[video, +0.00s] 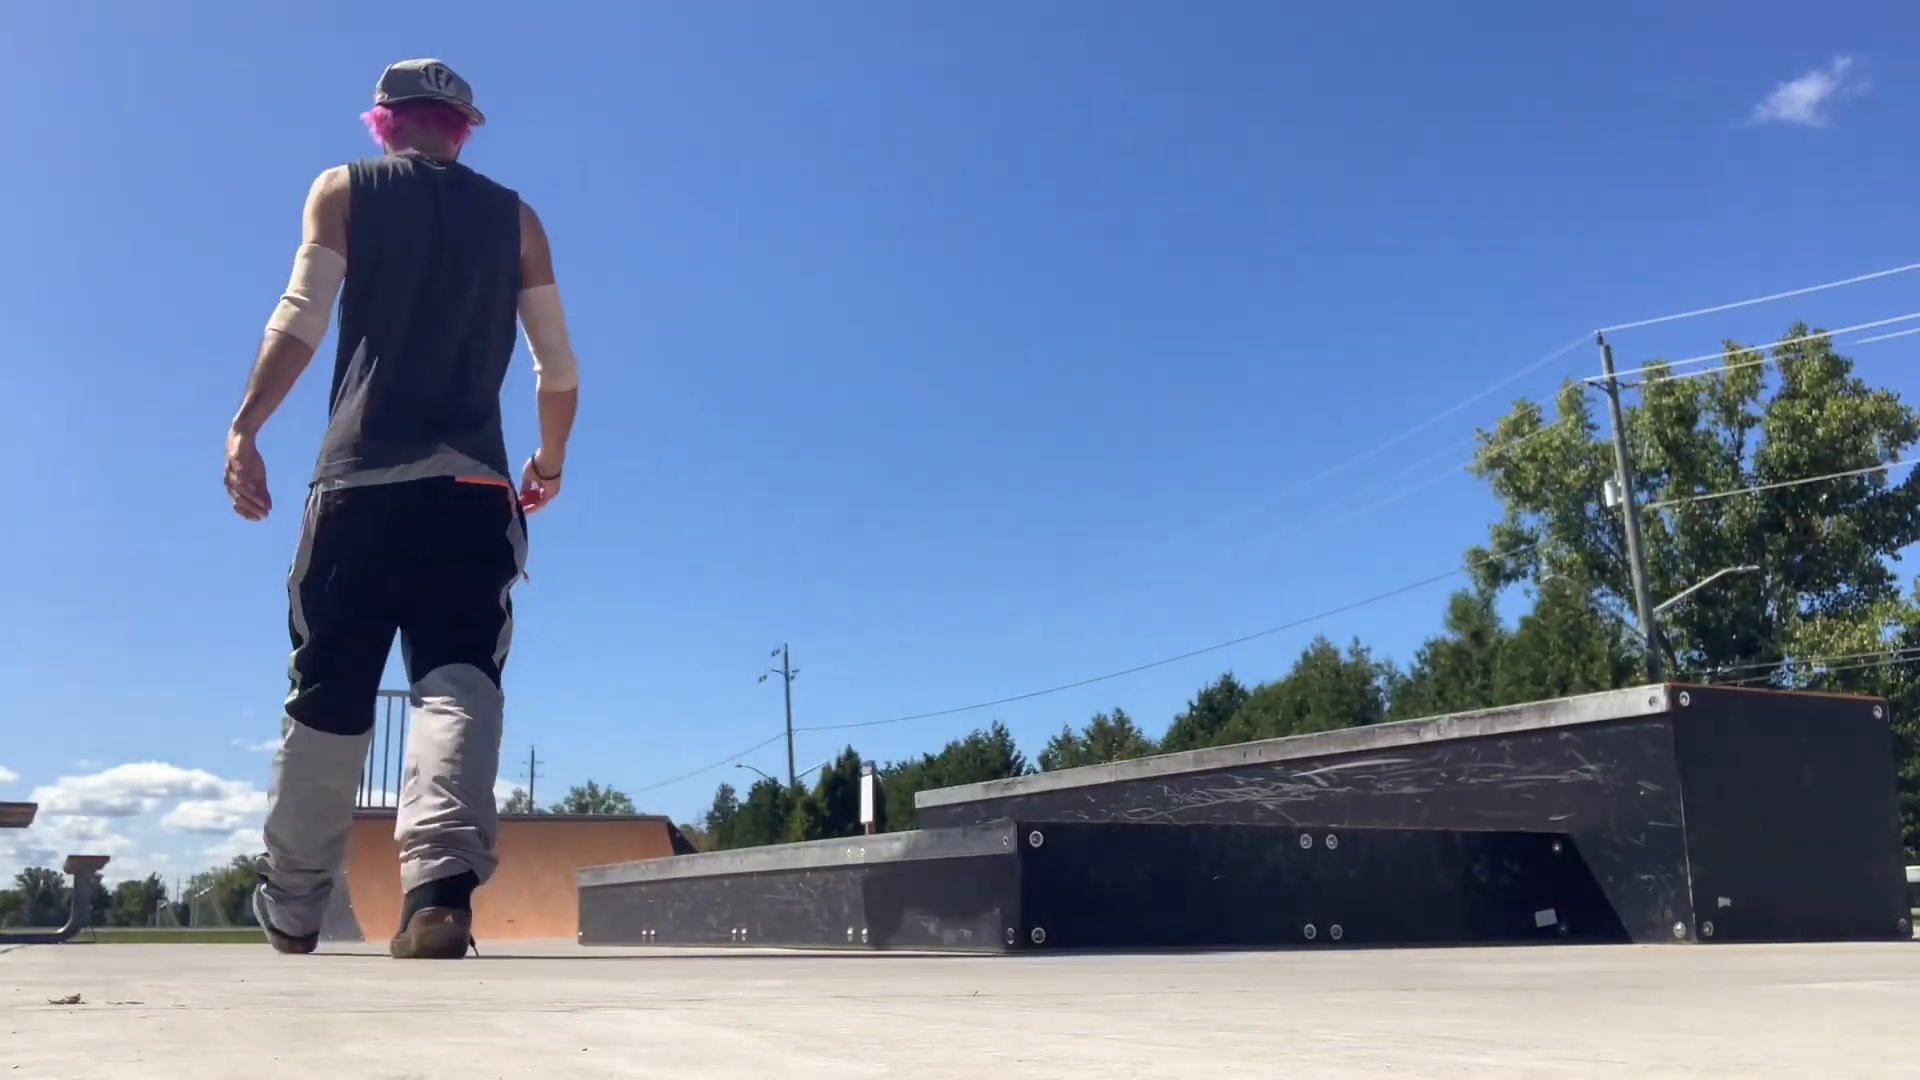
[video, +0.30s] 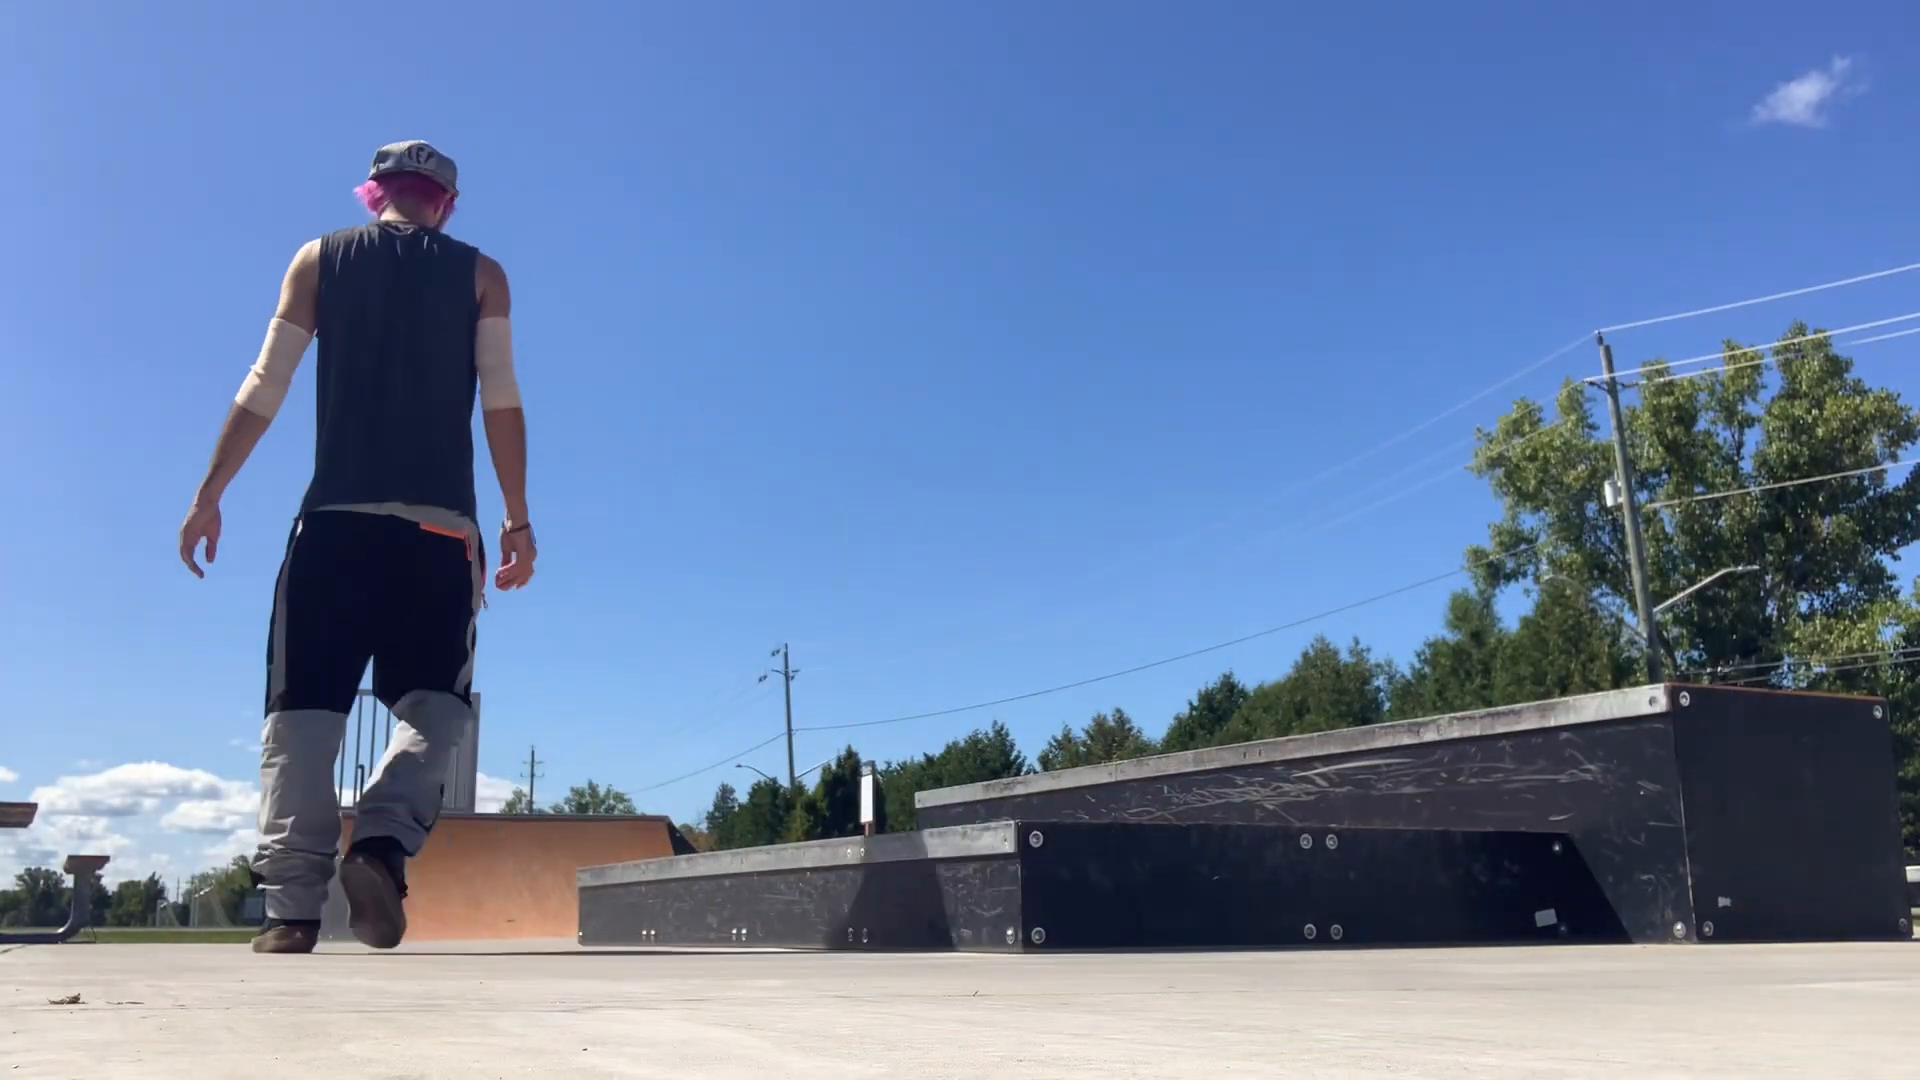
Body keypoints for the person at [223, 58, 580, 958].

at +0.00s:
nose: (379, 139)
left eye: (377, 125)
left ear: (382, 126)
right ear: (465, 129)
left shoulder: (344, 187)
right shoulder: (516, 216)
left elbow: (300, 322)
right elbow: (557, 369)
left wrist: (243, 428)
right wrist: (551, 455)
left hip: (357, 488)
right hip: (470, 492)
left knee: (328, 690)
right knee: (458, 672)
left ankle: (297, 907)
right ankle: (439, 889)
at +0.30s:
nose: (384, 209)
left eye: (379, 196)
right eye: (429, 202)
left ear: (371, 197)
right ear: (446, 205)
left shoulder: (320, 259)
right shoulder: (480, 273)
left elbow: (265, 389)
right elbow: (500, 398)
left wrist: (208, 495)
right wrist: (517, 515)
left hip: (334, 528)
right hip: (437, 536)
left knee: (303, 714)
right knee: (437, 703)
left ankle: (292, 914)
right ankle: (382, 843)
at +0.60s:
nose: (462, 305)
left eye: (437, 293)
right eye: (482, 297)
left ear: (424, 293)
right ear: (489, 300)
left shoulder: (373, 349)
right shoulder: (511, 368)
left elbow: (313, 454)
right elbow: (509, 467)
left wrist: (278, 530)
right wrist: (522, 561)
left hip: (370, 577)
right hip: (460, 586)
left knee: (337, 708)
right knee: (440, 761)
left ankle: (303, 823)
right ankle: (404, 910)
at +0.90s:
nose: (542, 357)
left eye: (514, 344)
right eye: (545, 349)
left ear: (482, 341)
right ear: (541, 348)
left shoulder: (428, 399)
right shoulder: (546, 400)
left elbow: (379, 501)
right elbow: (567, 504)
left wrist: (340, 586)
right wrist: (593, 580)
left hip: (434, 600)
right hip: (501, 601)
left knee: (440, 753)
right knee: (462, 754)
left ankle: (420, 908)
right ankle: (407, 900)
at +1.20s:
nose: (617, 432)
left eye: (620, 425)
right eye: (620, 425)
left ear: (564, 407)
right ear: (609, 415)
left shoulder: (505, 455)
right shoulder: (602, 461)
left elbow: (458, 553)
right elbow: (612, 564)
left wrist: (426, 631)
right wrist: (648, 645)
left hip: (492, 639)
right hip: (550, 640)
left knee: (515, 772)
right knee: (558, 774)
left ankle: (504, 916)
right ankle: (467, 839)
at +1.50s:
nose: (706, 470)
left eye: (710, 461)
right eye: (708, 458)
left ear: (660, 439)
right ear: (688, 446)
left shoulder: (603, 479)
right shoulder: (667, 486)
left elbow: (556, 563)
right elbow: (639, 571)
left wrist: (556, 630)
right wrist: (640, 655)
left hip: (571, 662)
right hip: (627, 666)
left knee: (549, 781)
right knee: (659, 796)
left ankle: (505, 911)